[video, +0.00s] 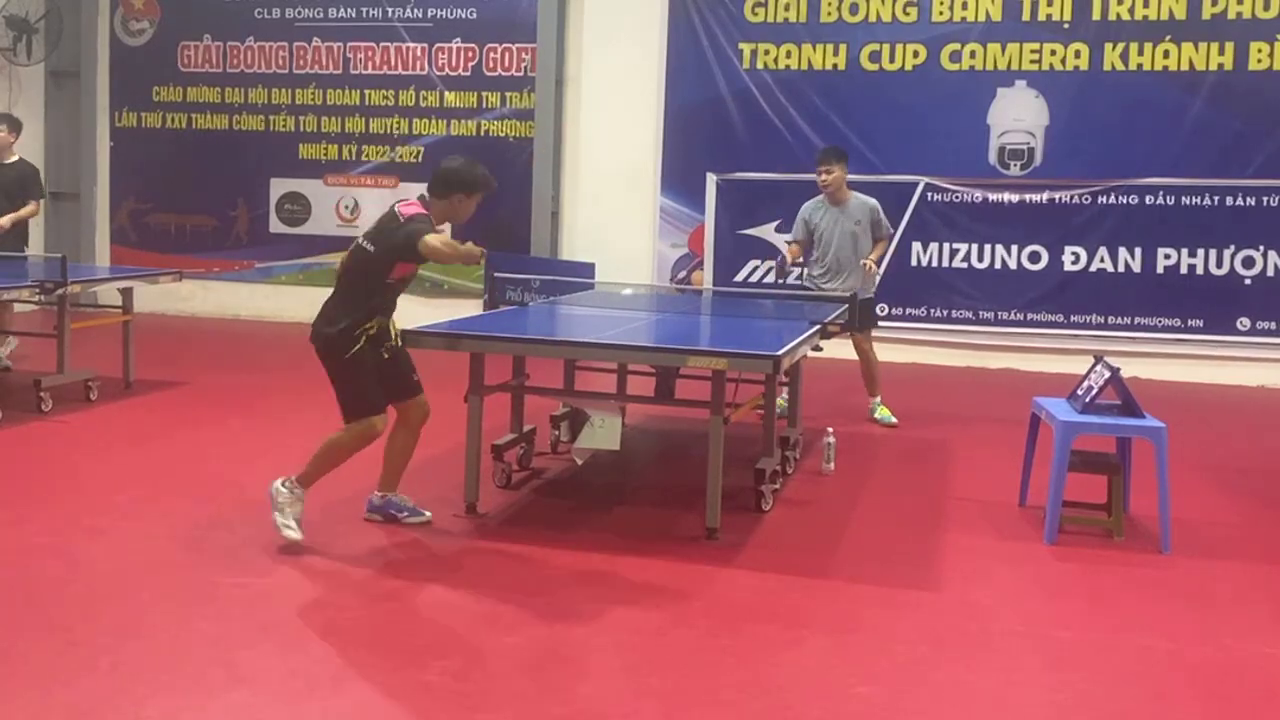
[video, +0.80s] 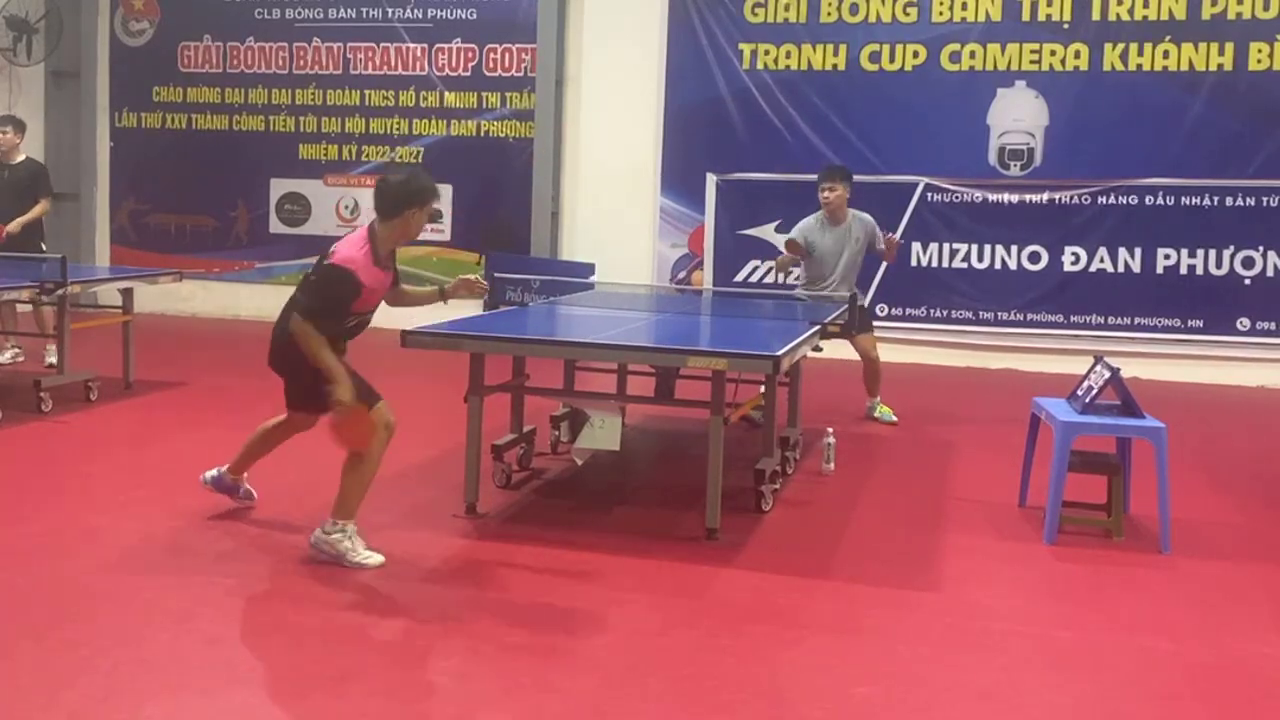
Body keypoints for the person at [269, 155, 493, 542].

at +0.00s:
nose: (473, 211)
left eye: (476, 203)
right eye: (473, 202)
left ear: (443, 193)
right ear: (456, 198)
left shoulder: (408, 209)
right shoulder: (418, 222)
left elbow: (349, 261)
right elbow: (433, 247)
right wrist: (463, 253)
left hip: (376, 325)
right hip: (343, 332)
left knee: (415, 411)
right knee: (368, 425)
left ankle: (385, 497)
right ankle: (291, 489)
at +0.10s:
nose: (477, 193)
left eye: (478, 185)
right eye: (476, 185)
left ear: (441, 179)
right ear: (460, 185)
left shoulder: (407, 201)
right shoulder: (433, 223)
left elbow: (356, 235)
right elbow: (455, 263)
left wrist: (326, 268)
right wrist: (474, 254)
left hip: (369, 324)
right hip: (354, 330)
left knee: (410, 409)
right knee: (393, 419)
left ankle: (383, 498)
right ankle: (333, 517)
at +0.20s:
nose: (474, 193)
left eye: (474, 184)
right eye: (474, 184)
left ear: (435, 177)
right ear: (463, 184)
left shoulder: (394, 208)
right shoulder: (442, 231)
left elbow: (339, 246)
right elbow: (465, 283)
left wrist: (315, 275)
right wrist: (473, 268)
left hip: (346, 336)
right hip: (371, 342)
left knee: (400, 427)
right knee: (411, 433)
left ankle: (385, 504)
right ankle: (390, 543)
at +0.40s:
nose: (470, 191)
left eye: (470, 183)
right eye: (469, 183)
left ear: (425, 179)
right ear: (457, 183)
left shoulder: (380, 213)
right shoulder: (442, 238)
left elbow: (325, 257)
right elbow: (447, 311)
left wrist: (338, 291)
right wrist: (458, 313)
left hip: (337, 342)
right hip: (381, 354)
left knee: (366, 412)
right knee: (423, 449)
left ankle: (352, 495)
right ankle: (399, 560)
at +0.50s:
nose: (461, 193)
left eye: (461, 185)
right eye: (461, 185)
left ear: (418, 180)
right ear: (449, 186)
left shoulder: (377, 214)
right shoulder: (429, 239)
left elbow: (328, 262)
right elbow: (417, 312)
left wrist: (369, 289)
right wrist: (458, 323)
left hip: (331, 342)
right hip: (375, 356)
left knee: (349, 416)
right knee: (419, 453)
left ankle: (288, 492)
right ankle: (393, 564)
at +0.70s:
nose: (445, 203)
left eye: (446, 194)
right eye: (443, 194)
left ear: (406, 192)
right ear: (429, 197)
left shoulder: (376, 219)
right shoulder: (388, 248)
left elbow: (367, 272)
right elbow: (357, 322)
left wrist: (417, 281)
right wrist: (406, 361)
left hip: (299, 333)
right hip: (330, 344)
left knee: (315, 406)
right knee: (386, 434)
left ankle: (243, 479)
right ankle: (380, 541)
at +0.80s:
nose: (428, 223)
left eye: (429, 215)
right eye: (426, 214)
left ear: (396, 212)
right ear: (405, 214)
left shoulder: (380, 246)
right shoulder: (350, 265)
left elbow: (393, 295)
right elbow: (300, 323)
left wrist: (445, 292)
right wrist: (338, 377)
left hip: (315, 348)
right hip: (302, 353)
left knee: (301, 418)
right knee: (380, 425)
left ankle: (230, 474)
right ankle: (336, 530)